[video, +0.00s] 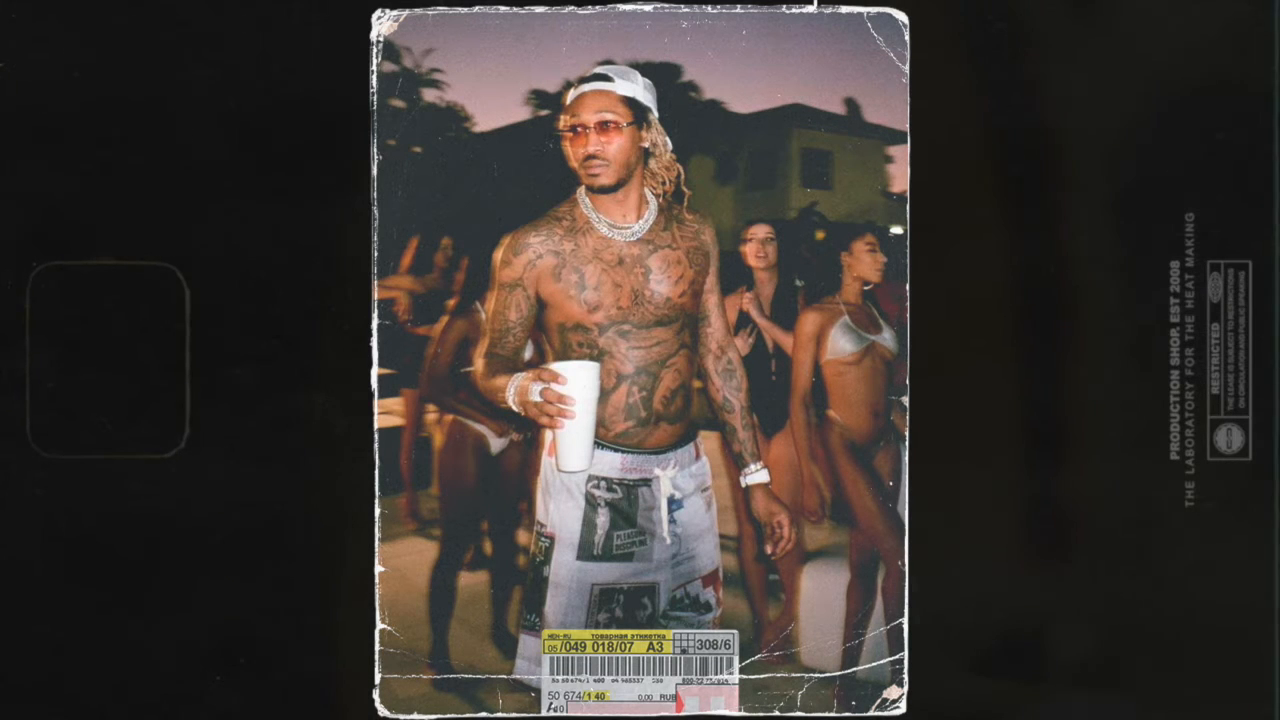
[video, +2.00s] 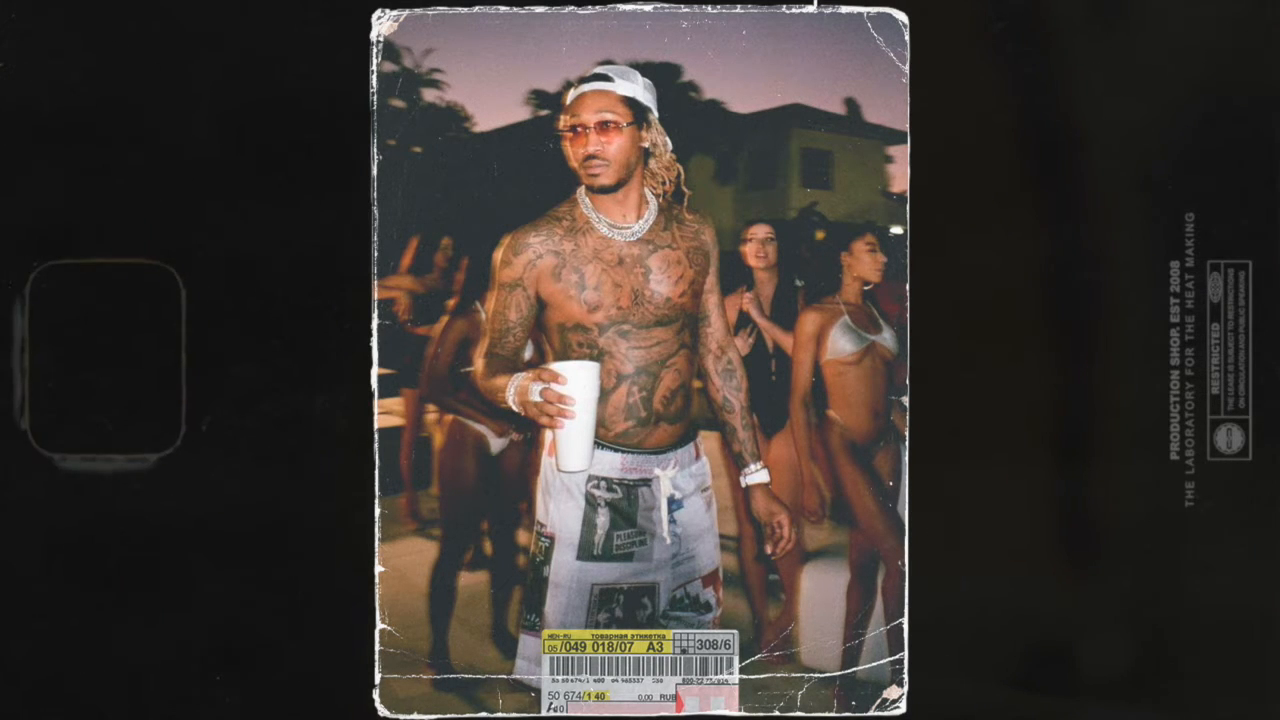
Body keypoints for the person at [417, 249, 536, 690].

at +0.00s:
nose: (513, 293)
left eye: (521, 286)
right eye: (508, 283)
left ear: (530, 293)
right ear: (493, 283)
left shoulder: (531, 335)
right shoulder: (465, 324)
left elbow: (543, 387)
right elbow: (435, 387)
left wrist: (529, 421)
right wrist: (490, 422)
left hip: (514, 446)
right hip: (465, 442)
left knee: (505, 540)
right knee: (456, 544)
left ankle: (501, 628)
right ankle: (439, 651)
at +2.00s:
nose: (513, 292)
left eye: (520, 285)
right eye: (507, 282)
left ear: (529, 291)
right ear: (493, 282)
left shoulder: (529, 331)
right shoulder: (464, 323)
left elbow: (542, 383)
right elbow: (435, 387)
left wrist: (529, 419)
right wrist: (493, 422)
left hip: (513, 445)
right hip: (465, 442)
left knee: (505, 541)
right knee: (455, 544)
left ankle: (501, 628)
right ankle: (439, 652)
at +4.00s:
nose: (516, 286)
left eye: (523, 278)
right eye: (509, 276)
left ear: (531, 287)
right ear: (495, 277)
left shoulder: (531, 331)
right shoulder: (466, 322)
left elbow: (543, 385)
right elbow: (435, 387)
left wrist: (529, 421)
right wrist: (489, 421)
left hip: (514, 445)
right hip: (465, 441)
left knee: (506, 541)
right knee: (456, 544)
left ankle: (501, 628)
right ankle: (439, 649)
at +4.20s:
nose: (514, 291)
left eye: (521, 284)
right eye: (507, 281)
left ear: (530, 291)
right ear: (493, 281)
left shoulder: (531, 334)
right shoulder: (464, 324)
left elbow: (543, 386)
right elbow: (434, 387)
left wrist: (529, 420)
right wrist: (490, 422)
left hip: (514, 445)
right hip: (464, 441)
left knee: (506, 542)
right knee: (455, 546)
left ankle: (501, 628)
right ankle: (439, 652)